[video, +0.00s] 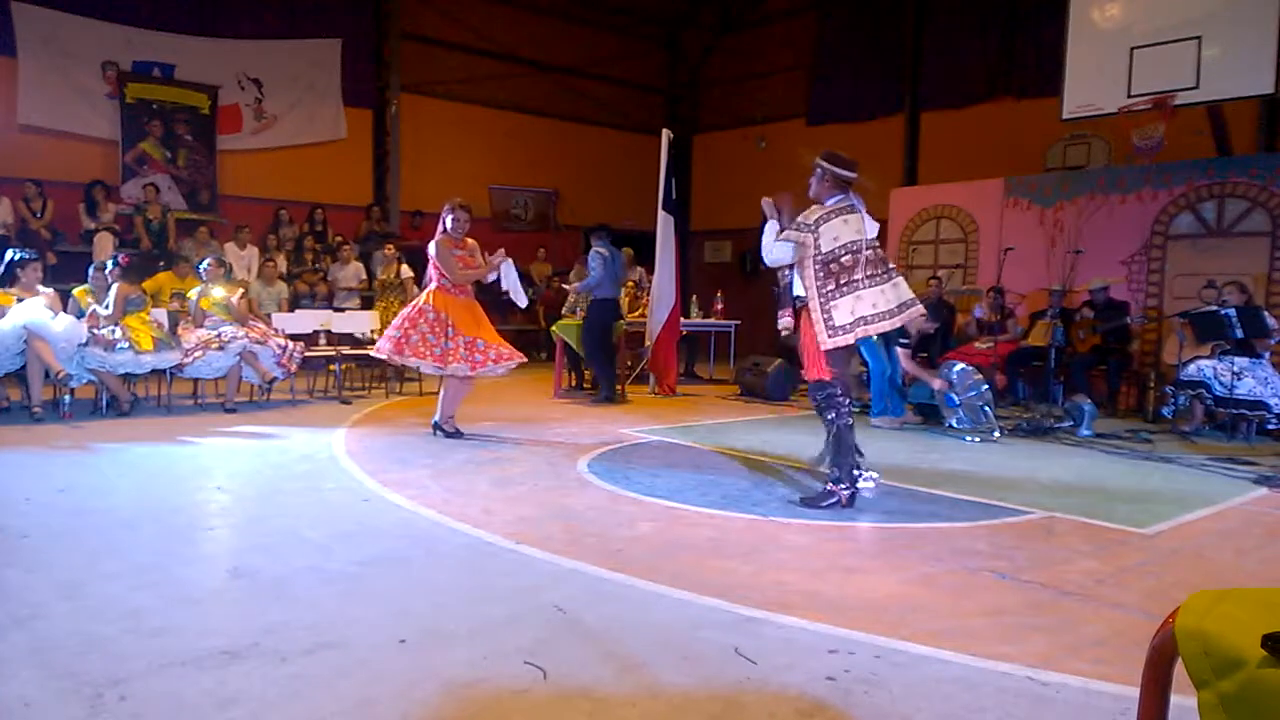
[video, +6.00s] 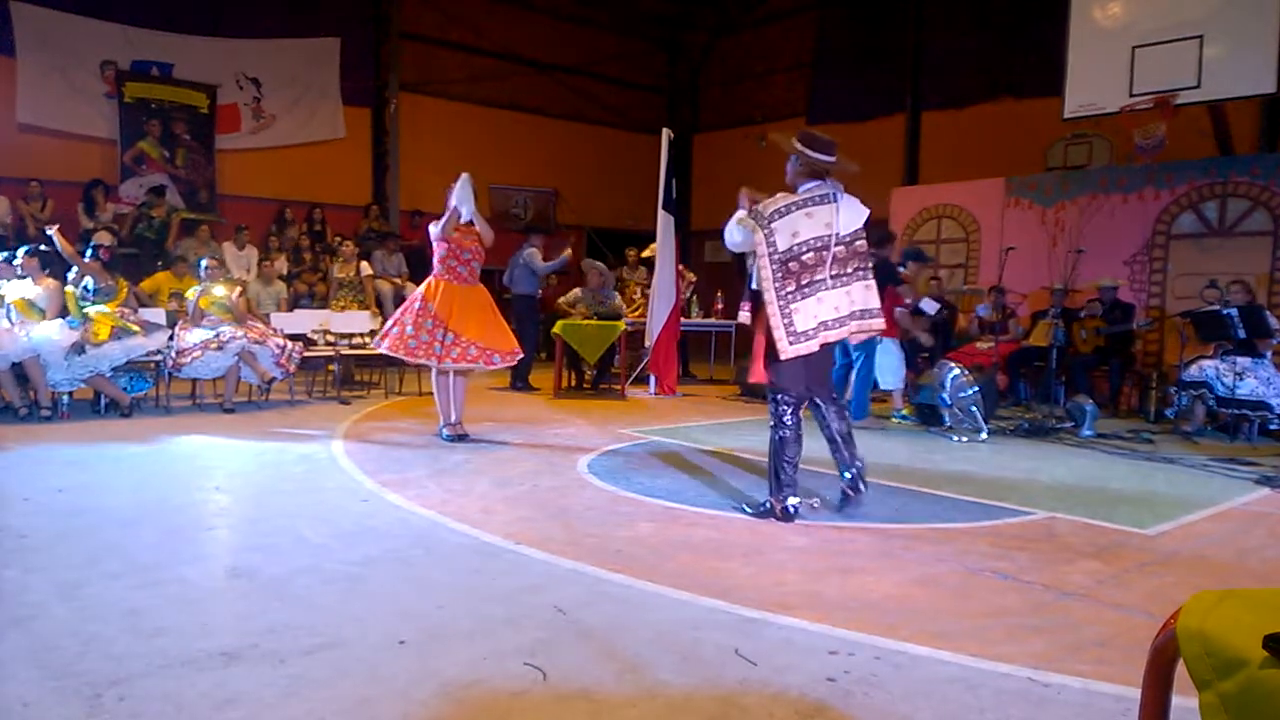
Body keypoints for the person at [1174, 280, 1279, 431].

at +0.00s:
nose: (1224, 298)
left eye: (1230, 293)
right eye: (1222, 294)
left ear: (1244, 297)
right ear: (1218, 297)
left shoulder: (1257, 315)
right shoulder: (1217, 316)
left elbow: (1265, 346)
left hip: (1253, 365)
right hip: (1223, 363)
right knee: (1197, 368)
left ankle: (1242, 424)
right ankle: (1197, 419)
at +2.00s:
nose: (1237, 297)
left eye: (1241, 293)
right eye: (1231, 294)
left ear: (1248, 297)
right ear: (1223, 298)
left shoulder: (1258, 315)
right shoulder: (1216, 316)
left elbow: (1265, 346)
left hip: (1254, 364)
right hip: (1223, 363)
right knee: (1196, 368)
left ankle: (1243, 425)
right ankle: (1197, 419)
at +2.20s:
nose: (1238, 297)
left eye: (1243, 293)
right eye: (1233, 293)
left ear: (1249, 297)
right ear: (1224, 299)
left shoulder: (1259, 315)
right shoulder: (1216, 316)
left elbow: (1265, 347)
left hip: (1254, 364)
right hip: (1222, 362)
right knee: (1196, 368)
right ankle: (1197, 419)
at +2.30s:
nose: (1238, 297)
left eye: (1242, 293)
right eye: (1233, 293)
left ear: (1249, 297)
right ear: (1224, 299)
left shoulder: (1259, 315)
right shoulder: (1218, 315)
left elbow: (1264, 347)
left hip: (1254, 364)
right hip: (1223, 363)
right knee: (1197, 368)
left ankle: (1244, 426)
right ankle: (1197, 419)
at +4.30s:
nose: (1226, 296)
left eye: (1231, 293)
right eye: (1225, 293)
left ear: (1245, 297)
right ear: (1222, 296)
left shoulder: (1258, 315)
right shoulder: (1220, 315)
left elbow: (1265, 345)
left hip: (1253, 364)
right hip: (1224, 363)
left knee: (1245, 381)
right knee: (1199, 368)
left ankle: (1241, 426)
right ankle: (1196, 421)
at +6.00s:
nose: (1232, 296)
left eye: (1237, 292)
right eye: (1230, 293)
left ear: (1248, 296)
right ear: (1226, 296)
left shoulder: (1258, 314)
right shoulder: (1222, 315)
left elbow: (1265, 346)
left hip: (1255, 364)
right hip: (1225, 363)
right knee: (1200, 368)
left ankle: (1244, 428)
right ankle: (1197, 420)